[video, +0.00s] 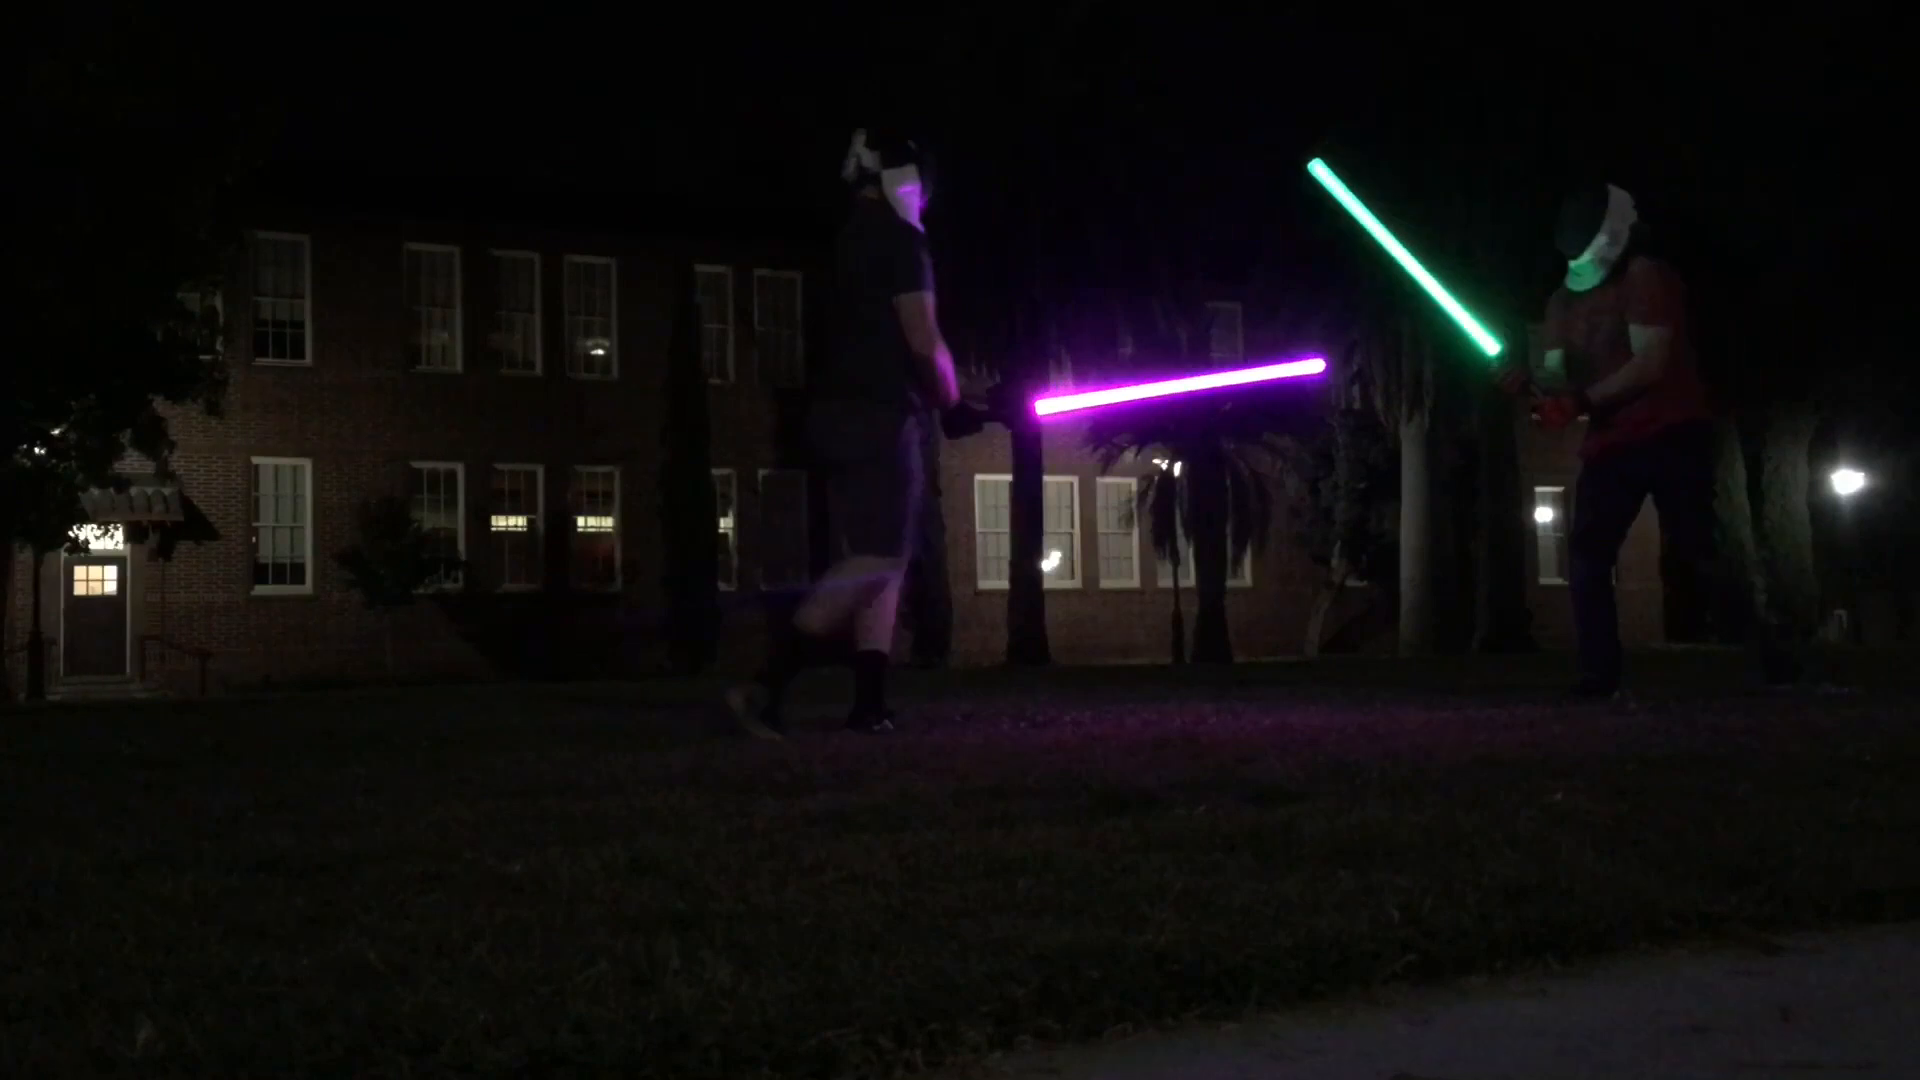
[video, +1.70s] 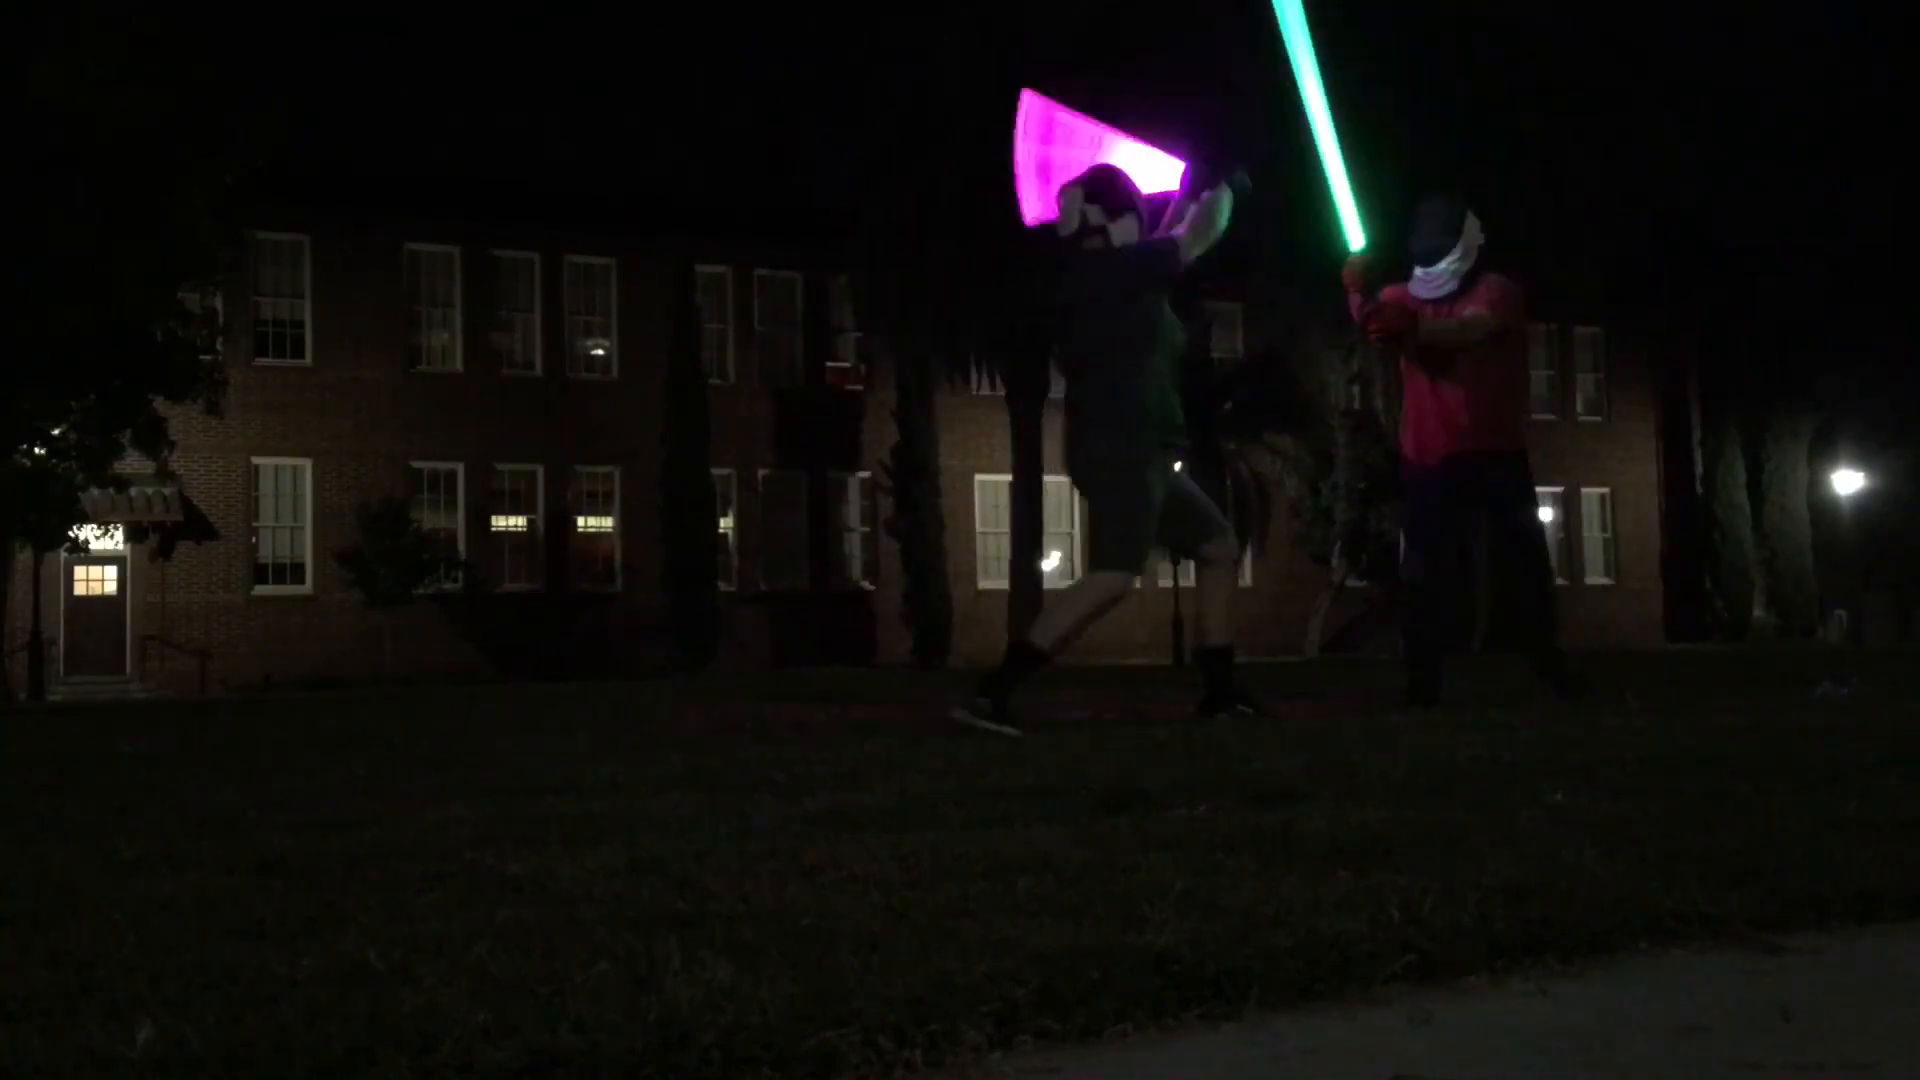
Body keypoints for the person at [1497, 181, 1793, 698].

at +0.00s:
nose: (1584, 251)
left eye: (1593, 238)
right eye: (1577, 241)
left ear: (1614, 234)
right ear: (1569, 245)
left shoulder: (1643, 278)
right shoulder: (1565, 302)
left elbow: (1651, 362)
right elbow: (1554, 376)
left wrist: (1582, 400)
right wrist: (1533, 388)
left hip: (1671, 437)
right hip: (1610, 447)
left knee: (1694, 551)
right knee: (1588, 557)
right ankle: (1599, 674)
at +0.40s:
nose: (1568, 248)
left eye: (1581, 235)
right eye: (1563, 238)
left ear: (1606, 232)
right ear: (1556, 239)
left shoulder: (1634, 283)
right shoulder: (1546, 302)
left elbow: (1641, 363)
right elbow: (1540, 379)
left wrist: (1574, 400)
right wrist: (1519, 391)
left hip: (1641, 443)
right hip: (1576, 449)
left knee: (1642, 560)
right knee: (1529, 541)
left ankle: (1649, 675)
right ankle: (1569, 663)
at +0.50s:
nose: (1559, 256)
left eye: (1571, 244)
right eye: (1554, 246)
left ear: (1598, 237)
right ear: (1551, 242)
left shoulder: (1628, 285)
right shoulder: (1538, 302)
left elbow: (1635, 365)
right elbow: (1534, 382)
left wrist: (1571, 404)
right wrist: (1508, 392)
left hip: (1629, 447)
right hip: (1563, 451)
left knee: (1634, 568)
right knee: (1515, 548)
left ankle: (1649, 683)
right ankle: (1514, 670)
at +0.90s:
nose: (1498, 260)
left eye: (1510, 247)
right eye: (1493, 250)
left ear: (1534, 245)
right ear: (1488, 249)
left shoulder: (1564, 295)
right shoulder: (1470, 311)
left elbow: (1560, 375)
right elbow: (1461, 388)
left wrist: (1492, 402)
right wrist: (1439, 390)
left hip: (1565, 456)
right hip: (1496, 463)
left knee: (1598, 571)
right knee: (1472, 571)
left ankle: (1645, 680)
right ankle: (1452, 682)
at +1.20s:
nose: (1494, 277)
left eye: (1504, 265)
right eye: (1487, 268)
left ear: (1529, 253)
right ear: (1477, 259)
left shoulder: (1556, 295)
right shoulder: (1465, 308)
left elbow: (1536, 351)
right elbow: (1425, 344)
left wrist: (1465, 346)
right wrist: (1415, 312)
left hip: (1562, 458)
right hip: (1492, 465)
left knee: (1597, 573)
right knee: (1469, 572)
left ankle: (1635, 680)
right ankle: (1451, 681)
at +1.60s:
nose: (1447, 243)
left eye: (1459, 229)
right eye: (1437, 231)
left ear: (1481, 236)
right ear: (1424, 240)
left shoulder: (1503, 287)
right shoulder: (1418, 295)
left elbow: (1488, 322)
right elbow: (1374, 314)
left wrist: (1422, 313)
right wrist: (1378, 274)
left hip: (1503, 456)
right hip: (1438, 460)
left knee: (1551, 568)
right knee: (1431, 574)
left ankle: (1607, 677)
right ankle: (1422, 688)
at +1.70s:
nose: (1431, 260)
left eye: (1443, 248)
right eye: (1424, 249)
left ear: (1466, 246)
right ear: (1416, 250)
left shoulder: (1492, 291)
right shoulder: (1407, 297)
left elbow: (1477, 326)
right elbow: (1371, 323)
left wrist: (1411, 331)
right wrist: (1356, 285)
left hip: (1493, 457)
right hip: (1428, 463)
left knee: (1515, 561)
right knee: (1427, 569)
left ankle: (1539, 665)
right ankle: (1423, 678)